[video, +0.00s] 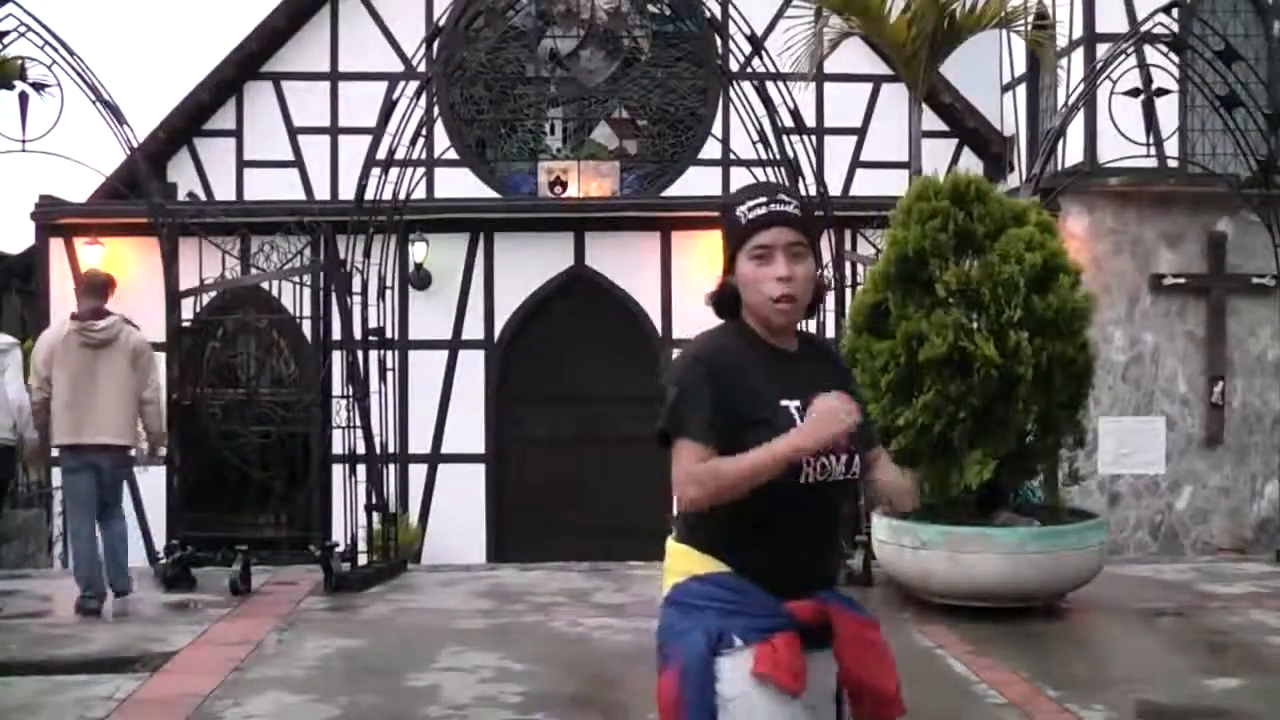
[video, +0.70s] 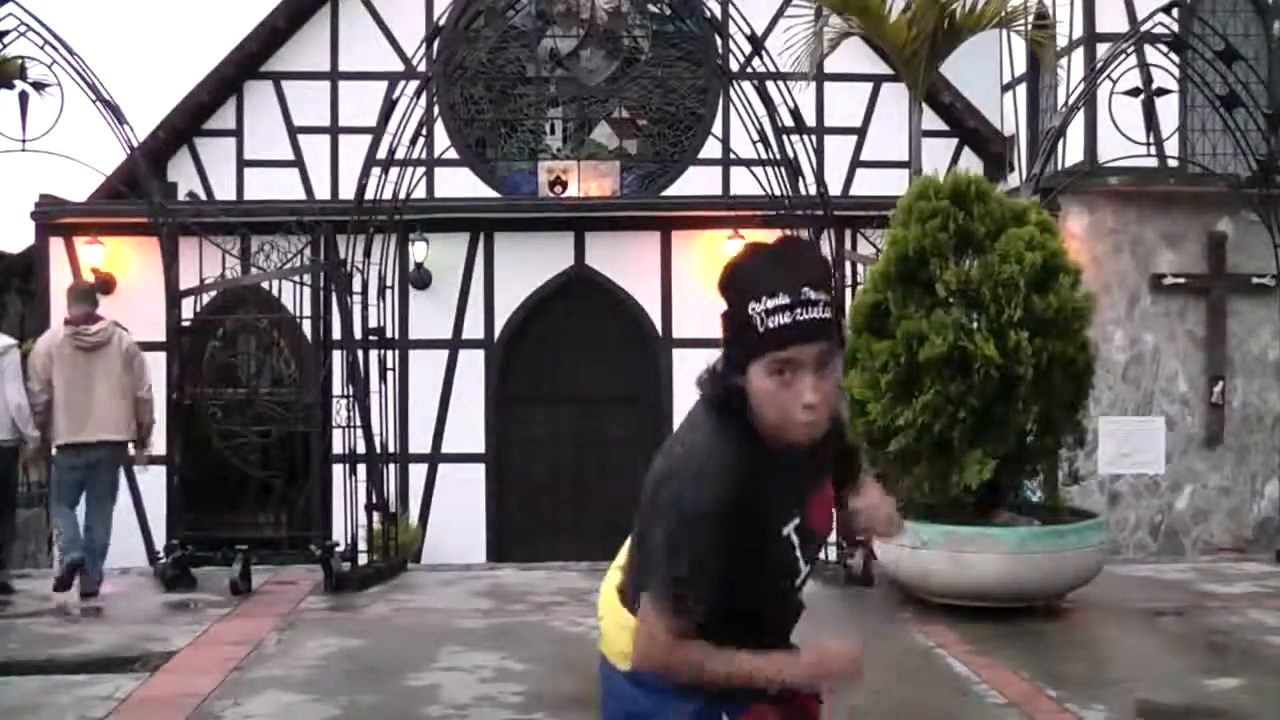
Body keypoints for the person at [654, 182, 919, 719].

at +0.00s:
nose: (784, 273)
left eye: (797, 255)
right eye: (762, 258)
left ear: (816, 268)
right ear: (733, 275)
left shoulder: (826, 359)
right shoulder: (706, 362)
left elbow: (868, 455)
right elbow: (689, 487)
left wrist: (895, 484)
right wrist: (806, 438)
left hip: (814, 600)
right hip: (723, 604)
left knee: (876, 698)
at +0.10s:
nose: (792, 277)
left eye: (806, 260)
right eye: (771, 261)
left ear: (824, 271)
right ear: (740, 276)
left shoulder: (829, 363)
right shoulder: (711, 369)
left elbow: (869, 476)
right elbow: (683, 503)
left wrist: (898, 439)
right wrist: (815, 509)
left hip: (820, 603)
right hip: (734, 609)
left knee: (865, 707)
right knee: (777, 705)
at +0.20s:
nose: (795, 282)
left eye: (809, 262)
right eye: (773, 264)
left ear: (828, 272)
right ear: (740, 278)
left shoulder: (824, 363)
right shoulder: (715, 375)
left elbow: (881, 477)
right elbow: (676, 515)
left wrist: (892, 419)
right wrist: (792, 570)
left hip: (820, 602)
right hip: (730, 605)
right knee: (770, 700)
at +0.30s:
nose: (799, 291)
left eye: (811, 268)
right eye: (775, 272)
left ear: (828, 274)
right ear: (738, 284)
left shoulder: (818, 365)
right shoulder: (714, 386)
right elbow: (669, 533)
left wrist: (870, 436)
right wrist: (783, 607)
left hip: (811, 634)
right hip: (730, 643)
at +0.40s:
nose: (802, 308)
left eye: (814, 283)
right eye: (775, 289)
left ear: (829, 287)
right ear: (735, 298)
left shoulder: (814, 374)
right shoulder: (710, 406)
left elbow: (860, 460)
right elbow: (671, 565)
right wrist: (802, 596)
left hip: (792, 629)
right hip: (705, 642)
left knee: (869, 694)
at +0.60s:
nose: (811, 380)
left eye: (824, 352)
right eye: (782, 357)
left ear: (841, 351)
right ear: (741, 361)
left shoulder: (820, 417)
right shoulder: (703, 459)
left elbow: (855, 482)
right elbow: (671, 636)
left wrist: (881, 534)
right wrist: (805, 616)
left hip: (751, 645)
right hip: (660, 668)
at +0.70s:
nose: (811, 395)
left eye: (824, 367)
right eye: (782, 372)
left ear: (841, 363)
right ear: (739, 372)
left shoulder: (817, 419)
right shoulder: (703, 468)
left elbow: (849, 477)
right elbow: (654, 652)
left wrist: (866, 505)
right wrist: (794, 667)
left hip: (757, 648)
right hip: (662, 679)